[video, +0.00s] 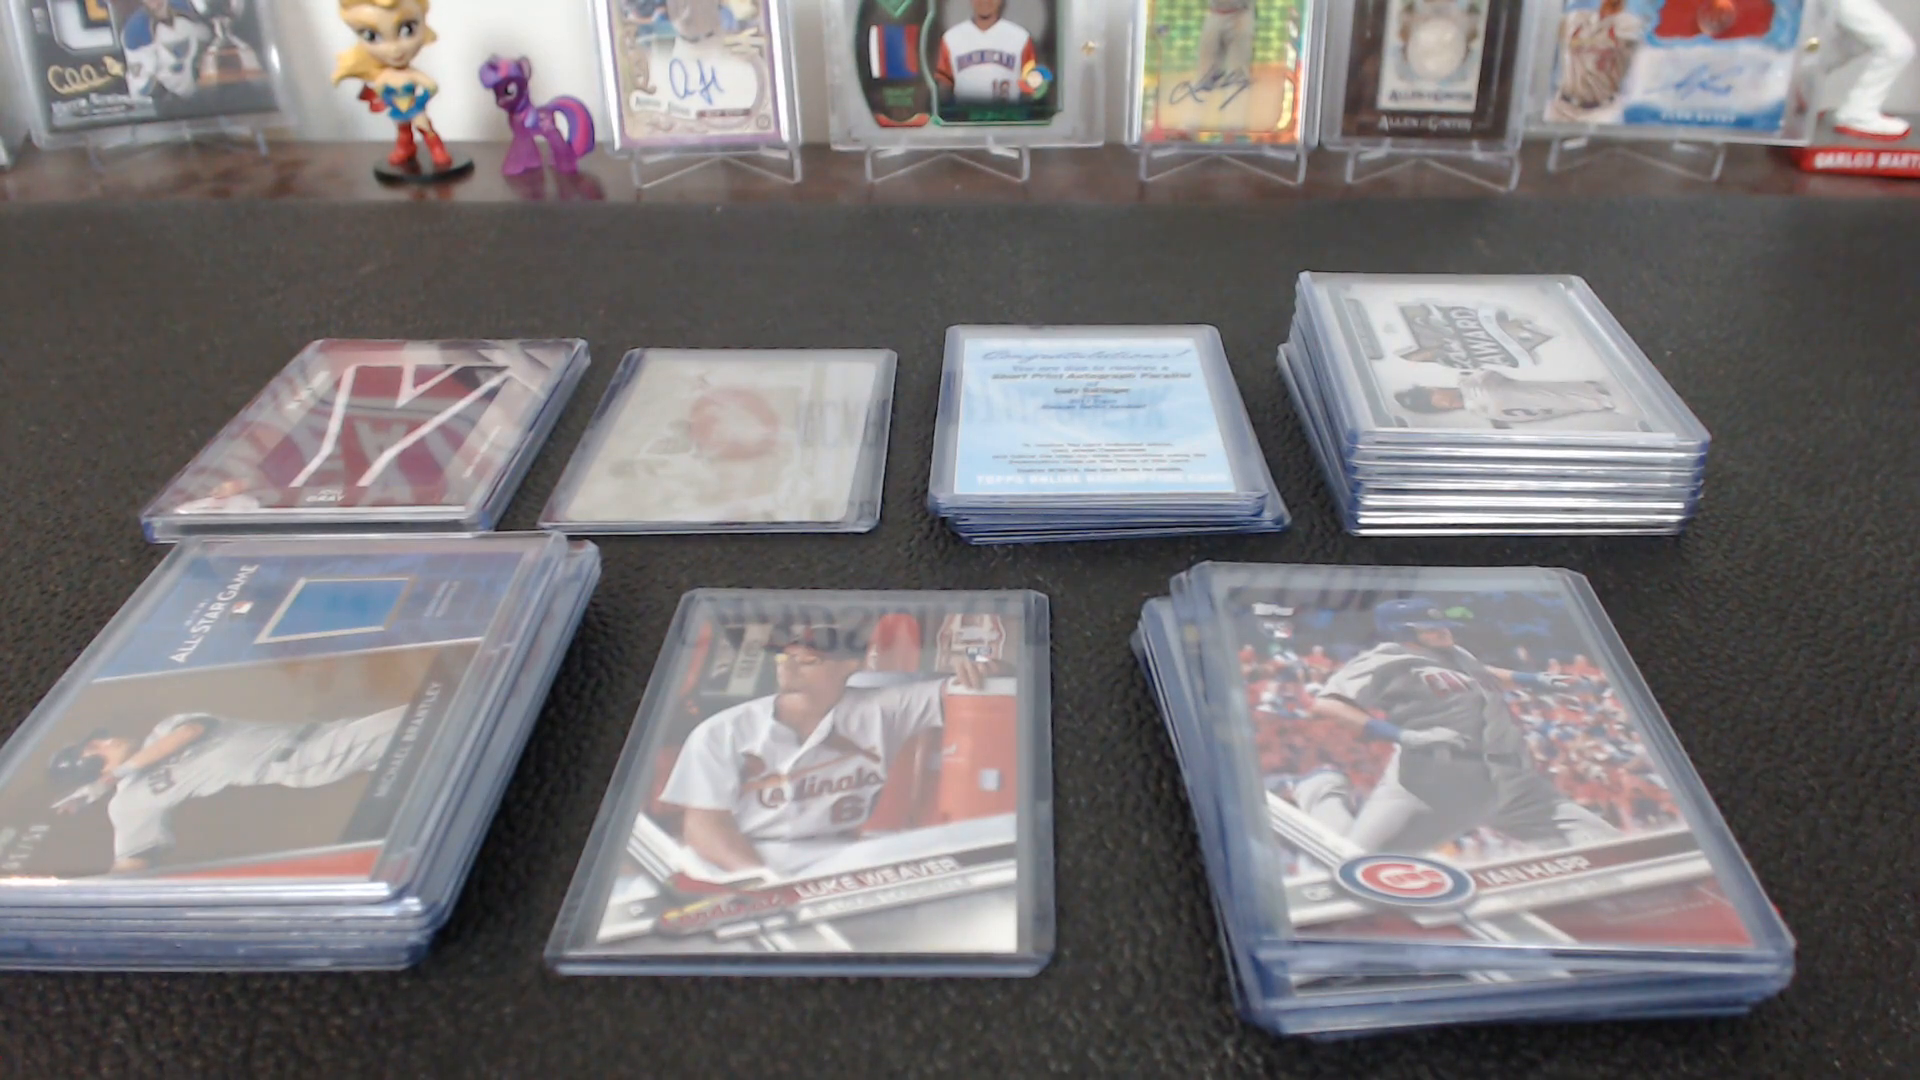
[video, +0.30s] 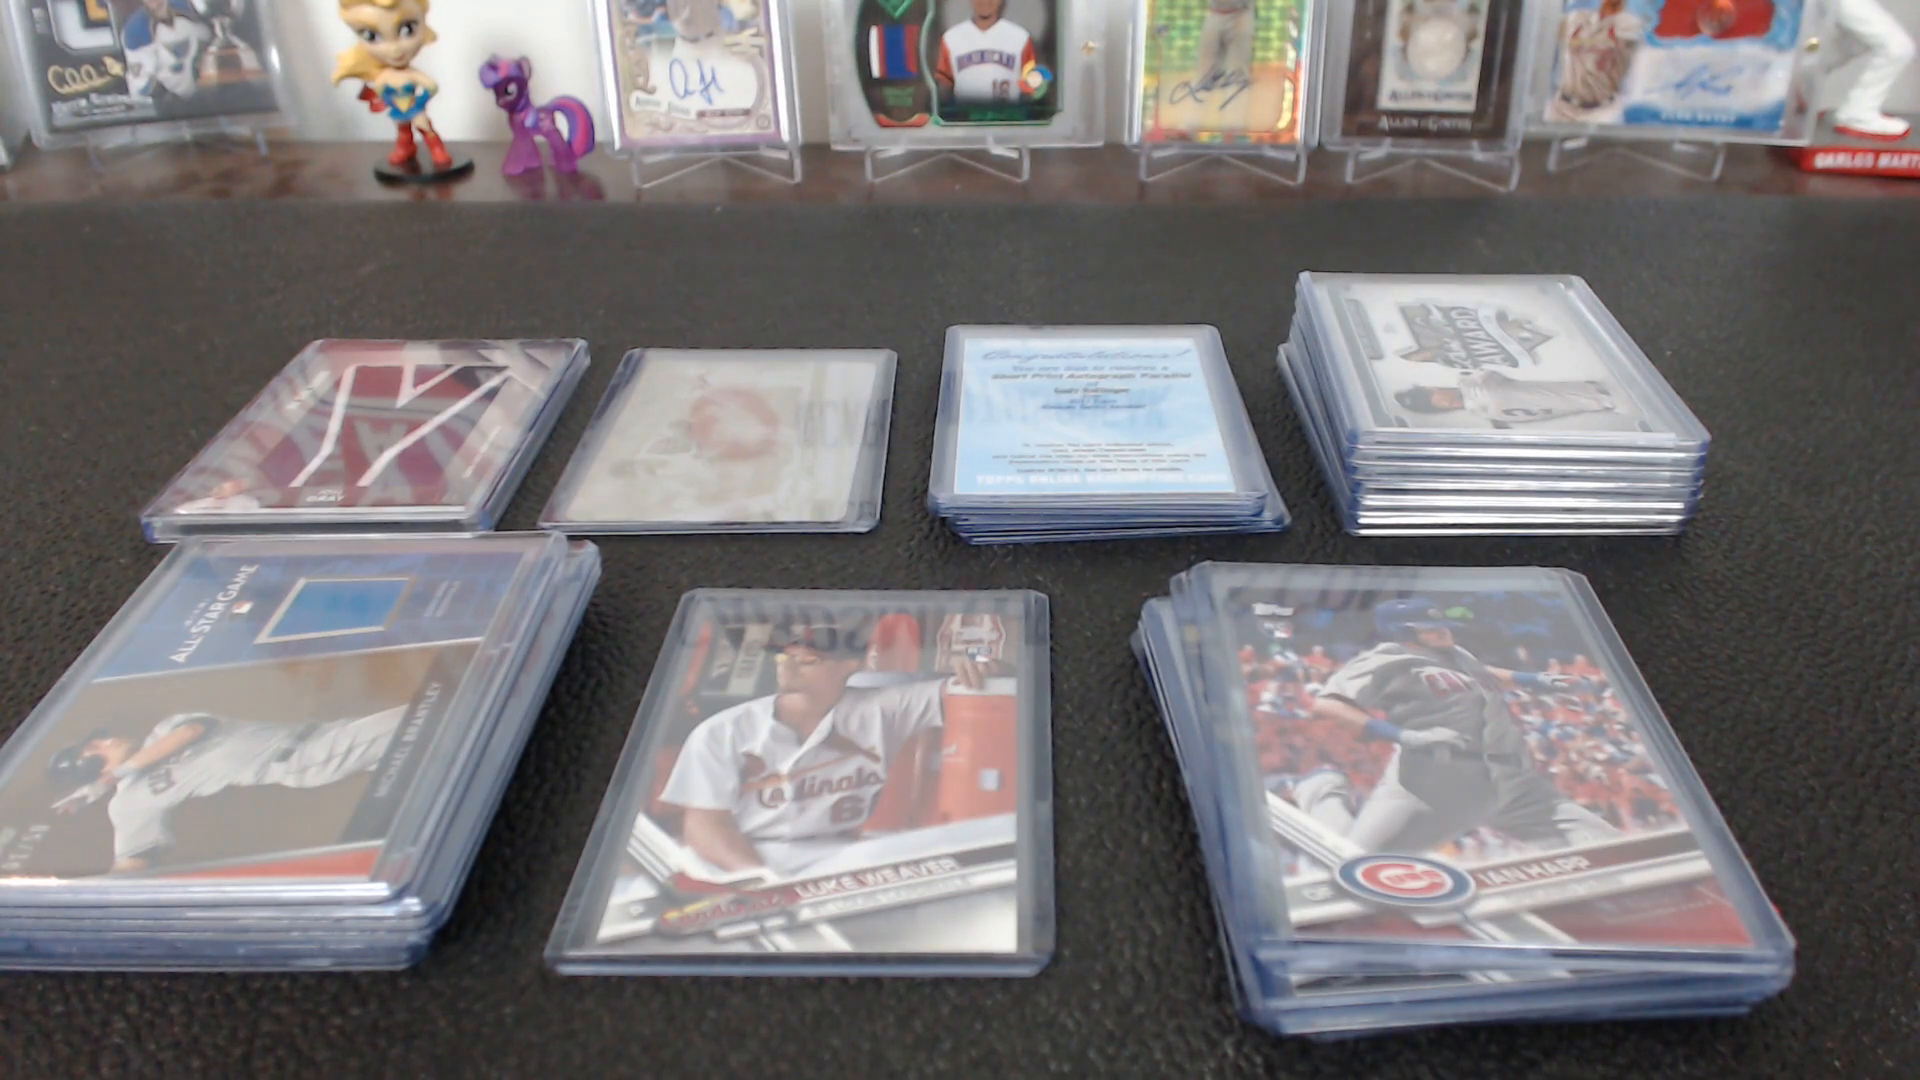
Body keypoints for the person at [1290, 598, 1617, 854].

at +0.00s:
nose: (1446, 631)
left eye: (1446, 623)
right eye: (1434, 623)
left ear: (1447, 626)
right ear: (1406, 630)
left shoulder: (1458, 657)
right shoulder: (1387, 660)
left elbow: (1490, 676)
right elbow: (1328, 704)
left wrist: (1539, 682)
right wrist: (1404, 736)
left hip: (1509, 789)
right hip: (1428, 796)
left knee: (1613, 849)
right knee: (1353, 868)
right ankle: (1321, 792)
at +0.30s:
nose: (1446, 631)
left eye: (1446, 623)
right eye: (1434, 624)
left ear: (1447, 627)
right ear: (1406, 630)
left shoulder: (1459, 657)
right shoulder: (1387, 660)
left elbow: (1490, 676)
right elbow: (1328, 704)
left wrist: (1539, 682)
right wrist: (1404, 736)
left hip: (1509, 789)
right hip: (1428, 796)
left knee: (1612, 849)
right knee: (1353, 868)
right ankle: (1321, 792)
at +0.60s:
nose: (1445, 631)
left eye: (1444, 622)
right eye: (1433, 624)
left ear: (1445, 625)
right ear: (1405, 629)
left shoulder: (1458, 657)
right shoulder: (1386, 660)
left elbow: (1490, 677)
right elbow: (1328, 704)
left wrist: (1541, 682)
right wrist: (1404, 736)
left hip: (1508, 788)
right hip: (1429, 795)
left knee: (1610, 848)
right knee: (1351, 870)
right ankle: (1322, 793)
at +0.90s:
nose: (1445, 631)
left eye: (1444, 623)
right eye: (1433, 624)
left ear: (1445, 626)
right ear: (1405, 630)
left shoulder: (1458, 657)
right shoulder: (1386, 660)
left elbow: (1490, 677)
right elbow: (1328, 704)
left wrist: (1541, 682)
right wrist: (1404, 736)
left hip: (1508, 788)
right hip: (1428, 795)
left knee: (1610, 847)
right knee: (1351, 870)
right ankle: (1322, 793)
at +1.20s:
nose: (1445, 631)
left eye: (1445, 623)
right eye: (1433, 624)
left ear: (1447, 625)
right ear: (1405, 628)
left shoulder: (1459, 657)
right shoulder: (1388, 659)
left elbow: (1489, 677)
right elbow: (1328, 704)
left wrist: (1540, 682)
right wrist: (1404, 736)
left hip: (1508, 787)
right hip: (1429, 793)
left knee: (1609, 846)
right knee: (1350, 869)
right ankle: (1322, 793)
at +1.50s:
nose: (1445, 631)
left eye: (1445, 623)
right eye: (1433, 623)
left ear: (1448, 624)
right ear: (1405, 628)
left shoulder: (1459, 657)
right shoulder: (1388, 659)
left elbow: (1490, 677)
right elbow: (1328, 704)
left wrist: (1541, 683)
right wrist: (1404, 735)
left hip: (1509, 787)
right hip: (1430, 793)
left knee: (1610, 847)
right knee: (1351, 868)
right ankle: (1321, 793)